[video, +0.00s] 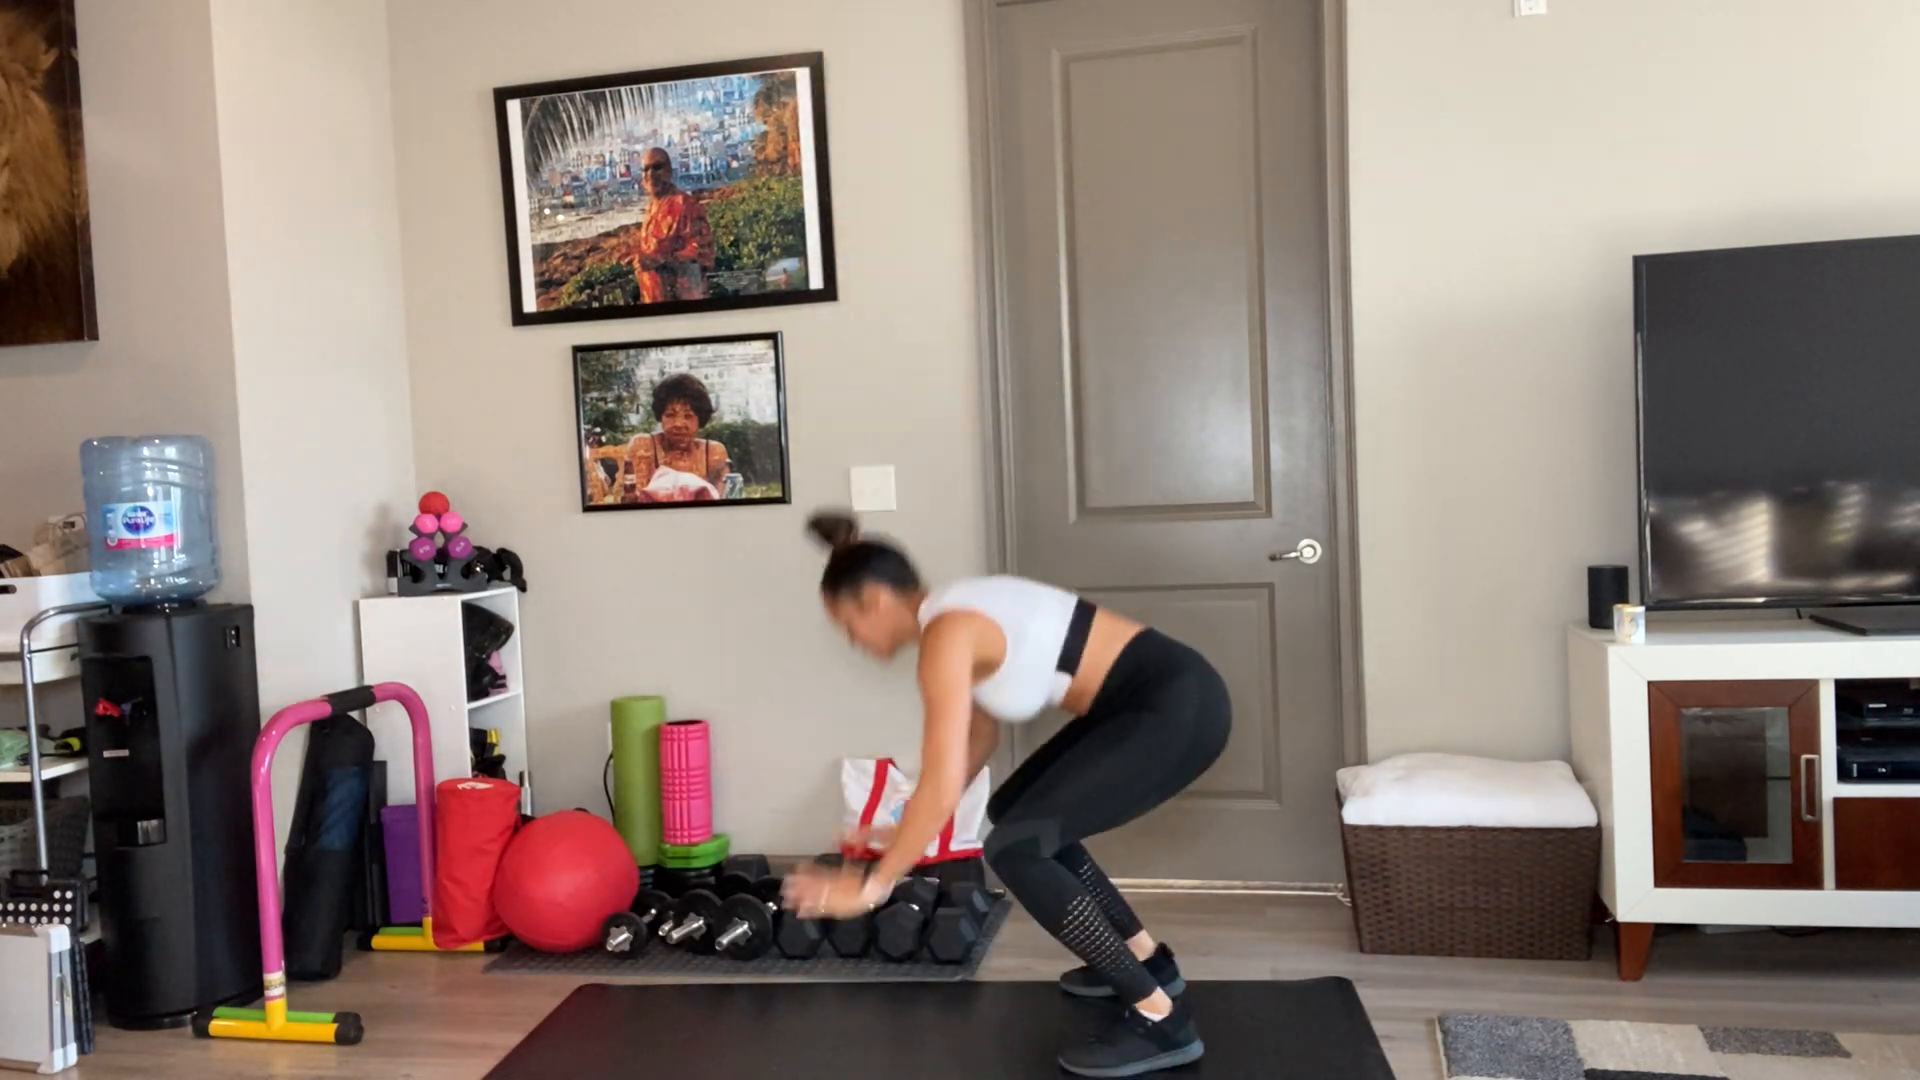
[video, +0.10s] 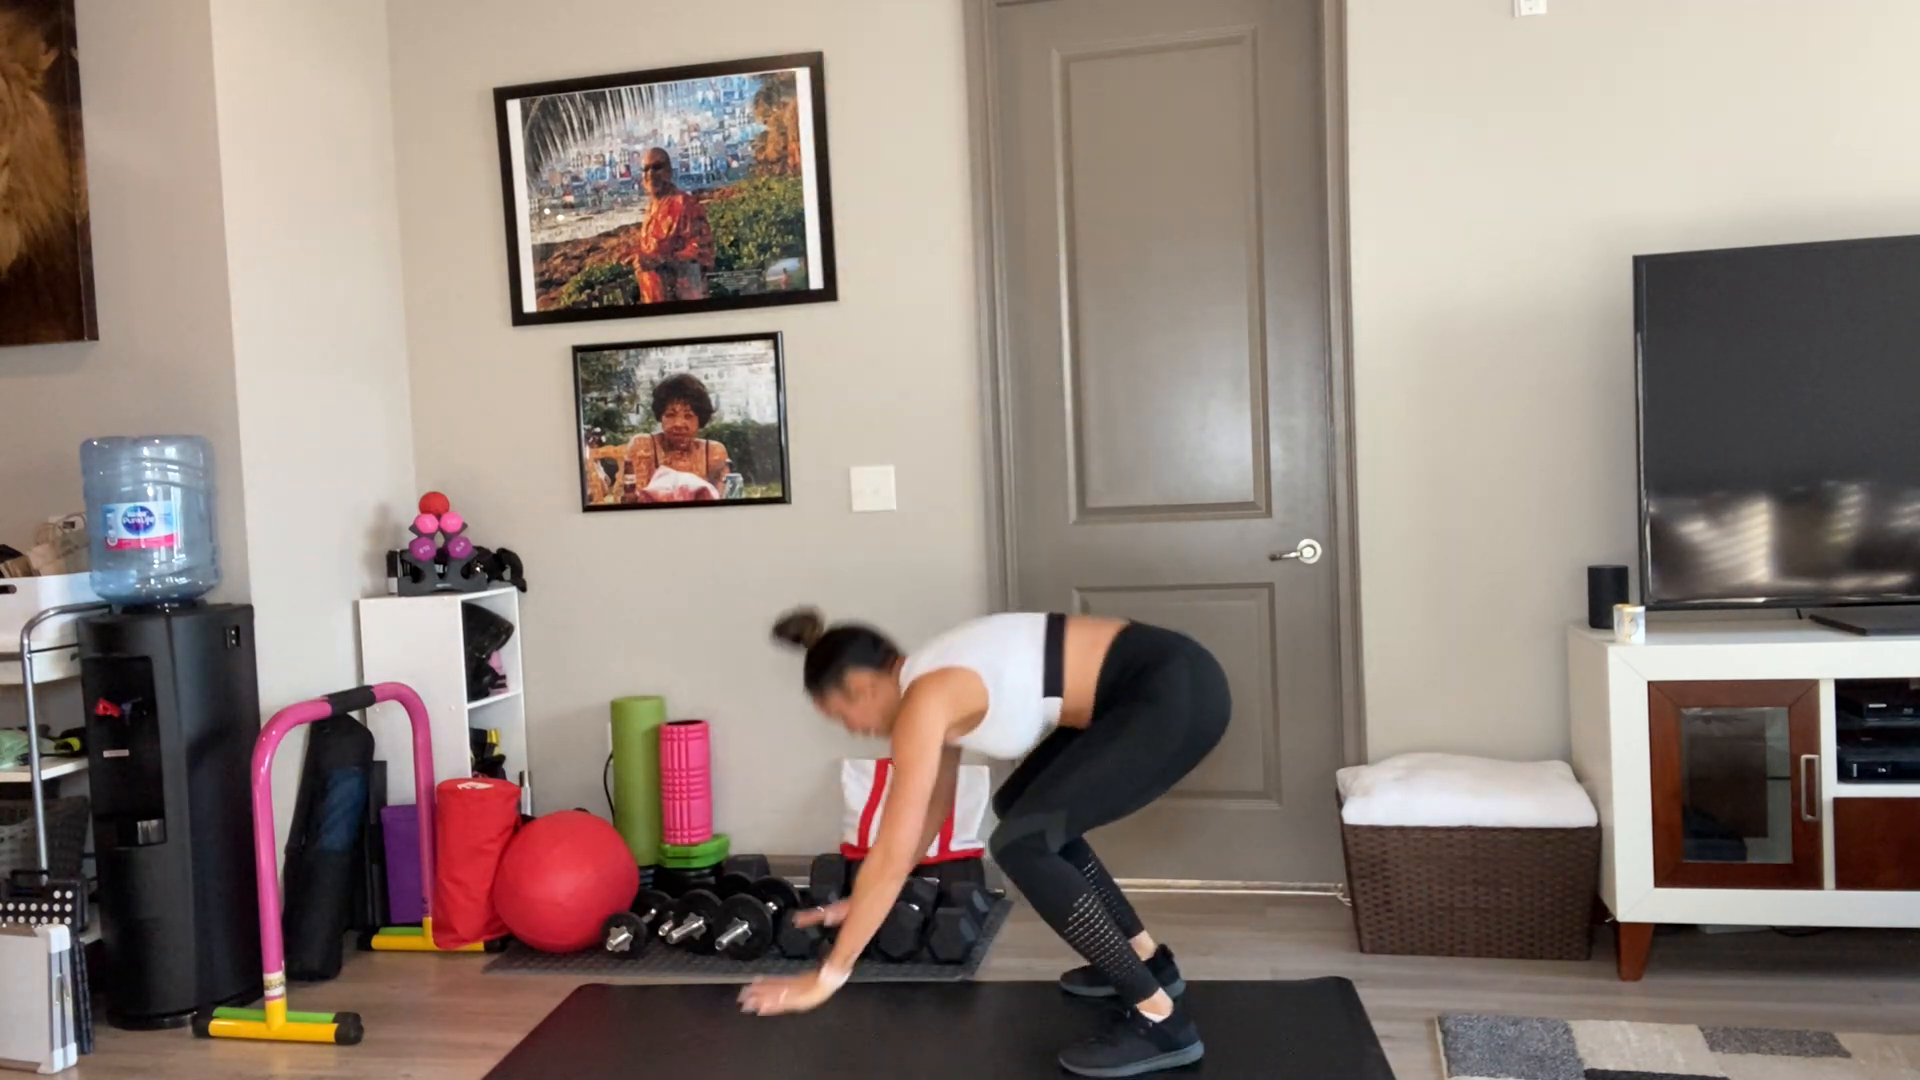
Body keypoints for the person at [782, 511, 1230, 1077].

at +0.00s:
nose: (854, 641)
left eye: (851, 623)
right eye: (846, 628)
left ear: (879, 598)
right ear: (887, 595)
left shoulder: (947, 635)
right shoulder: (963, 610)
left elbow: (941, 788)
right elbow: (974, 747)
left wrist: (871, 888)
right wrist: (906, 829)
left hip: (1171, 705)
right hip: (1144, 697)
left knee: (1017, 847)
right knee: (1013, 813)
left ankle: (1158, 1019)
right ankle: (1141, 955)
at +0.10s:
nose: (850, 726)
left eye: (844, 710)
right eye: (840, 717)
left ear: (866, 682)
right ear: (874, 673)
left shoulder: (926, 703)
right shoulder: (933, 679)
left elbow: (894, 852)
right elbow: (921, 830)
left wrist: (827, 976)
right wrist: (860, 899)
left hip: (1170, 693)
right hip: (1144, 685)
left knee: (1020, 843)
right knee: (1017, 805)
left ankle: (1161, 1019)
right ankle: (1140, 955)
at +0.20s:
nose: (851, 780)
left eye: (844, 768)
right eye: (840, 774)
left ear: (859, 734)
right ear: (864, 721)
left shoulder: (906, 737)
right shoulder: (907, 723)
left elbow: (861, 891)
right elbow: (881, 877)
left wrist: (800, 1019)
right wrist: (822, 961)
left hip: (1141, 629)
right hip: (1120, 626)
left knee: (1047, 819)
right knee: (1052, 790)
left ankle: (1162, 1017)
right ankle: (1145, 950)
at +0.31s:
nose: (837, 816)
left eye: (827, 805)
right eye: (827, 810)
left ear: (836, 768)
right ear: (841, 752)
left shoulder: (884, 753)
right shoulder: (899, 744)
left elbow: (850, 910)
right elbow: (874, 884)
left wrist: (803, 1044)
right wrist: (828, 968)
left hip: (1085, 596)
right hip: (1085, 592)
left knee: (1069, 809)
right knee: (1080, 782)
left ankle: (1210, 987)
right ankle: (1192, 912)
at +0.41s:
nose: (798, 831)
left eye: (783, 820)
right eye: (785, 825)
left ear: (787, 787)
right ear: (797, 771)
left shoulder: (837, 769)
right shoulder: (859, 752)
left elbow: (826, 918)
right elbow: (865, 885)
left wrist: (809, 1054)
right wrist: (842, 970)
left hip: (1039, 635)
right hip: (1046, 633)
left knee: (1115, 842)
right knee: (1116, 804)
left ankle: (1327, 935)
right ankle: (1290, 855)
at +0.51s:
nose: (722, 826)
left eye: (709, 813)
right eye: (707, 817)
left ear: (724, 782)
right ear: (738, 757)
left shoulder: (791, 775)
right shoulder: (819, 752)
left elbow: (821, 916)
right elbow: (851, 881)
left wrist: (812, 1050)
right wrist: (833, 967)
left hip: (1007, 712)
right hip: (1019, 697)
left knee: (1170, 871)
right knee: (1177, 836)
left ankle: (1408, 942)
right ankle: (1346, 877)